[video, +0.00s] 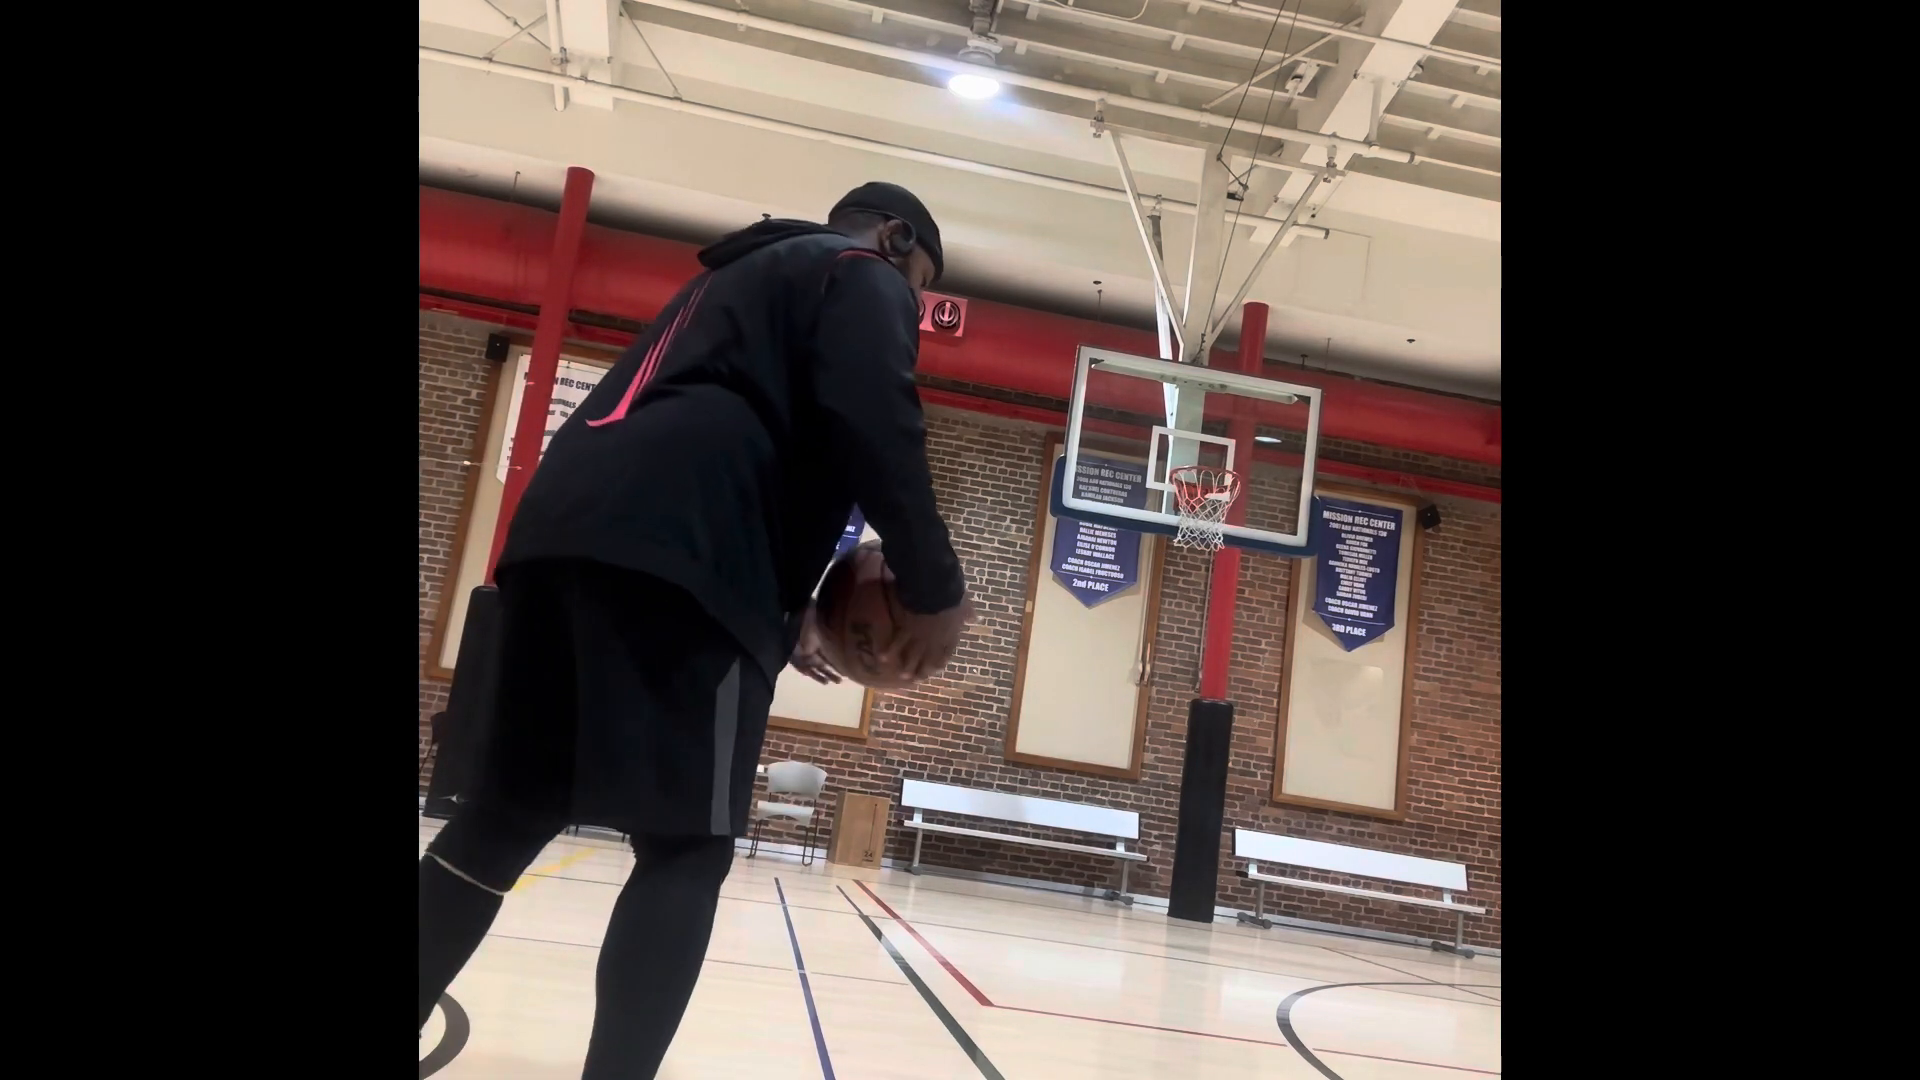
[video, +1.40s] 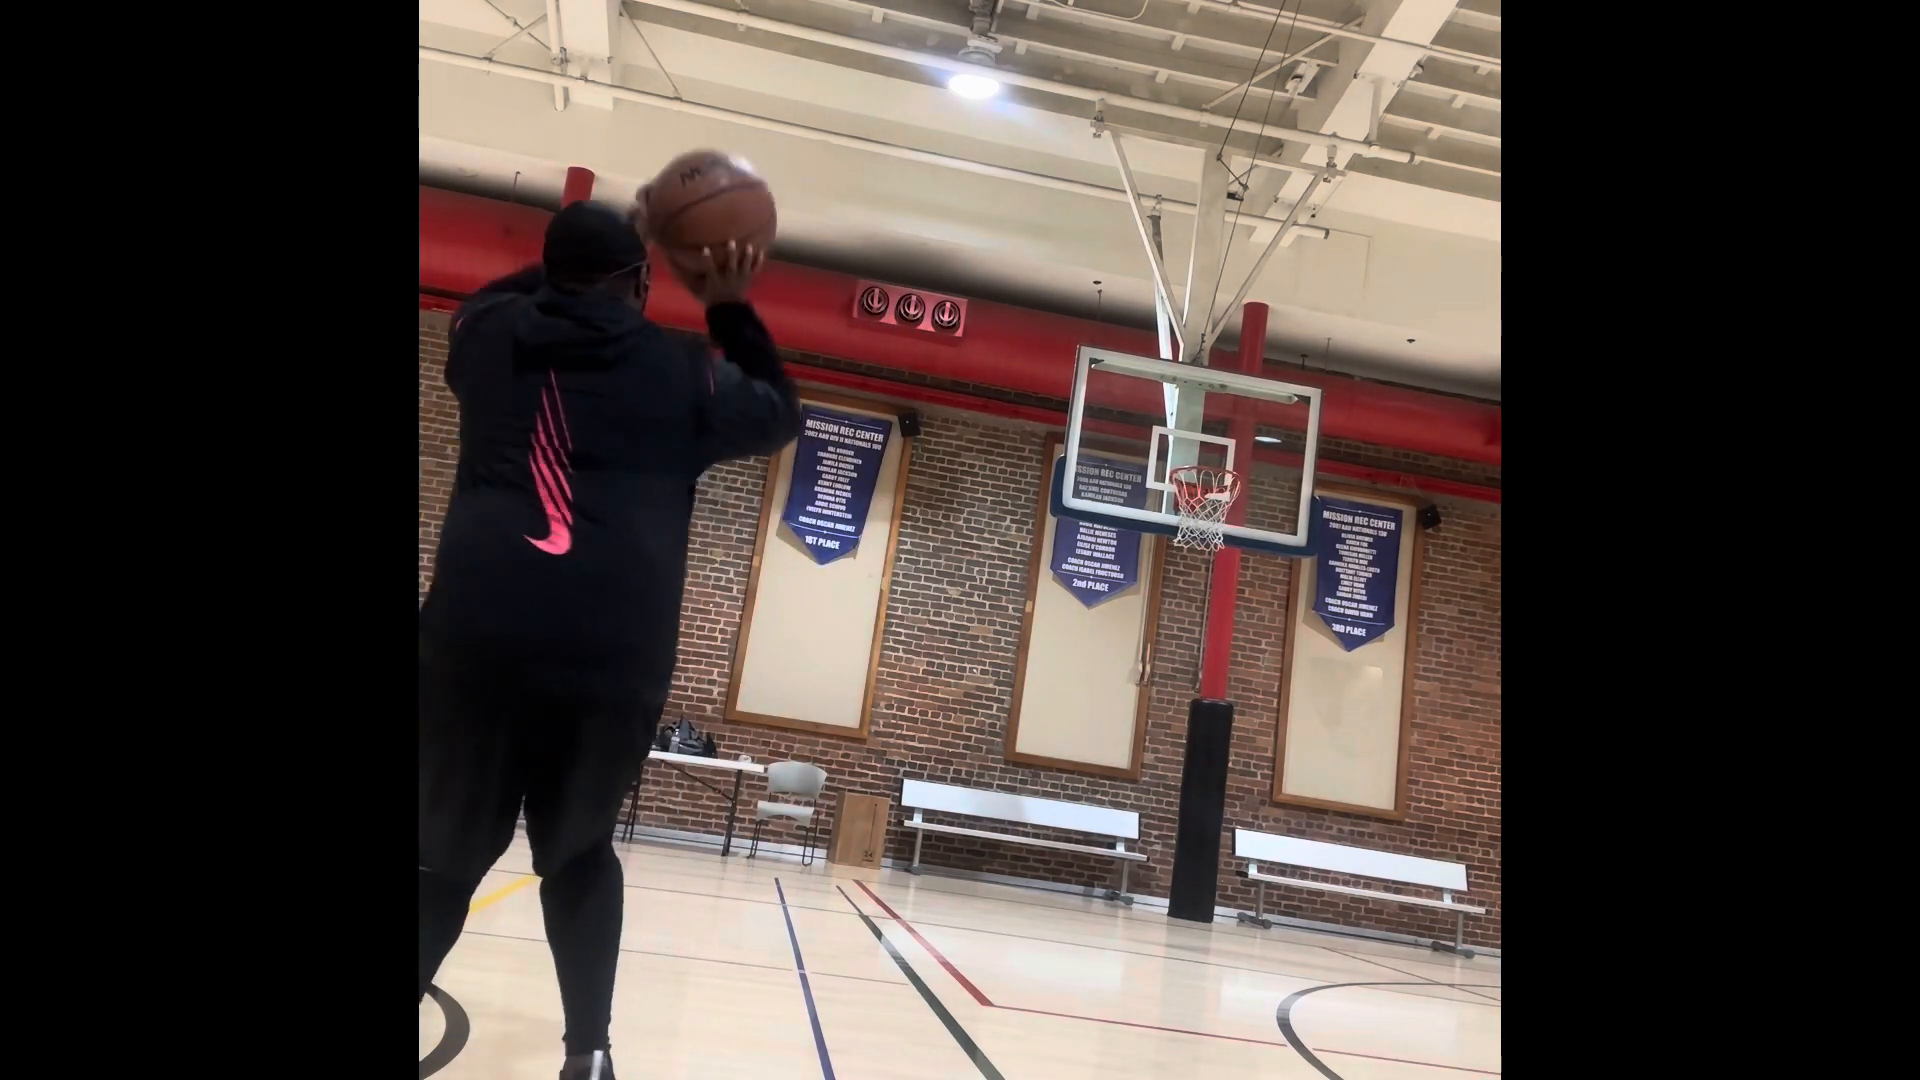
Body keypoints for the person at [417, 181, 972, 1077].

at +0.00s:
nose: (920, 296)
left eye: (926, 285)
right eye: (921, 276)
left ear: (836, 225)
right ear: (890, 239)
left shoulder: (730, 280)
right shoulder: (861, 273)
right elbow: (876, 415)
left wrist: (794, 613)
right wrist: (935, 589)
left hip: (546, 541)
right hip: (684, 564)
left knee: (503, 815)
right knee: (687, 851)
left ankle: (416, 1021)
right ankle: (617, 1068)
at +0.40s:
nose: (860, 288)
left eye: (867, 276)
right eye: (862, 270)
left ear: (765, 214)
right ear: (834, 236)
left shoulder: (661, 284)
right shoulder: (804, 262)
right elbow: (880, 382)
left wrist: (751, 589)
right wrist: (850, 556)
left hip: (498, 522)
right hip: (641, 539)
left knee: (460, 813)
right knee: (652, 844)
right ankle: (604, 1068)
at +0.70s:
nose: (767, 265)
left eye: (767, 254)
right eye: (765, 252)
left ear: (661, 227)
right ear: (749, 242)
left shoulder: (562, 284)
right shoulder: (760, 294)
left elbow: (498, 417)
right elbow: (793, 448)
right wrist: (741, 599)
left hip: (462, 538)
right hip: (619, 554)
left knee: (441, 821)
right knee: (607, 845)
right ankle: (585, 1069)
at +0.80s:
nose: (726, 268)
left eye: (722, 258)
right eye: (727, 256)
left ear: (621, 230)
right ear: (711, 249)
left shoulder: (522, 294)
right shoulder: (736, 309)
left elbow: (469, 424)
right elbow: (774, 471)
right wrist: (693, 591)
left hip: (454, 553)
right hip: (615, 568)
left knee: (438, 820)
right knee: (605, 847)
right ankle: (586, 1069)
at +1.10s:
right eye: (647, 268)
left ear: (555, 253)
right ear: (642, 270)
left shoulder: (466, 316)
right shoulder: (681, 348)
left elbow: (424, 432)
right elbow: (712, 518)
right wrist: (637, 544)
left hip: (445, 585)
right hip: (598, 601)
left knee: (435, 816)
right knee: (603, 813)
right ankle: (605, 1038)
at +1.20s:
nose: (636, 287)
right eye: (636, 276)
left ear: (545, 265)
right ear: (631, 277)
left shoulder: (466, 325)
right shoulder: (674, 365)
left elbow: (447, 408)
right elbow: (717, 522)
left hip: (446, 603)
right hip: (596, 618)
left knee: (439, 828)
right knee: (588, 822)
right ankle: (599, 1052)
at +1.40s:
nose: (640, 288)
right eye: (642, 277)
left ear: (546, 279)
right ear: (638, 284)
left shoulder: (490, 340)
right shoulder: (680, 377)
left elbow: (500, 302)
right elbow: (778, 411)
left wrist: (573, 258)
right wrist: (729, 309)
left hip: (472, 640)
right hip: (614, 658)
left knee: (442, 855)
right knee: (581, 845)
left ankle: (419, 1018)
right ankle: (587, 1050)